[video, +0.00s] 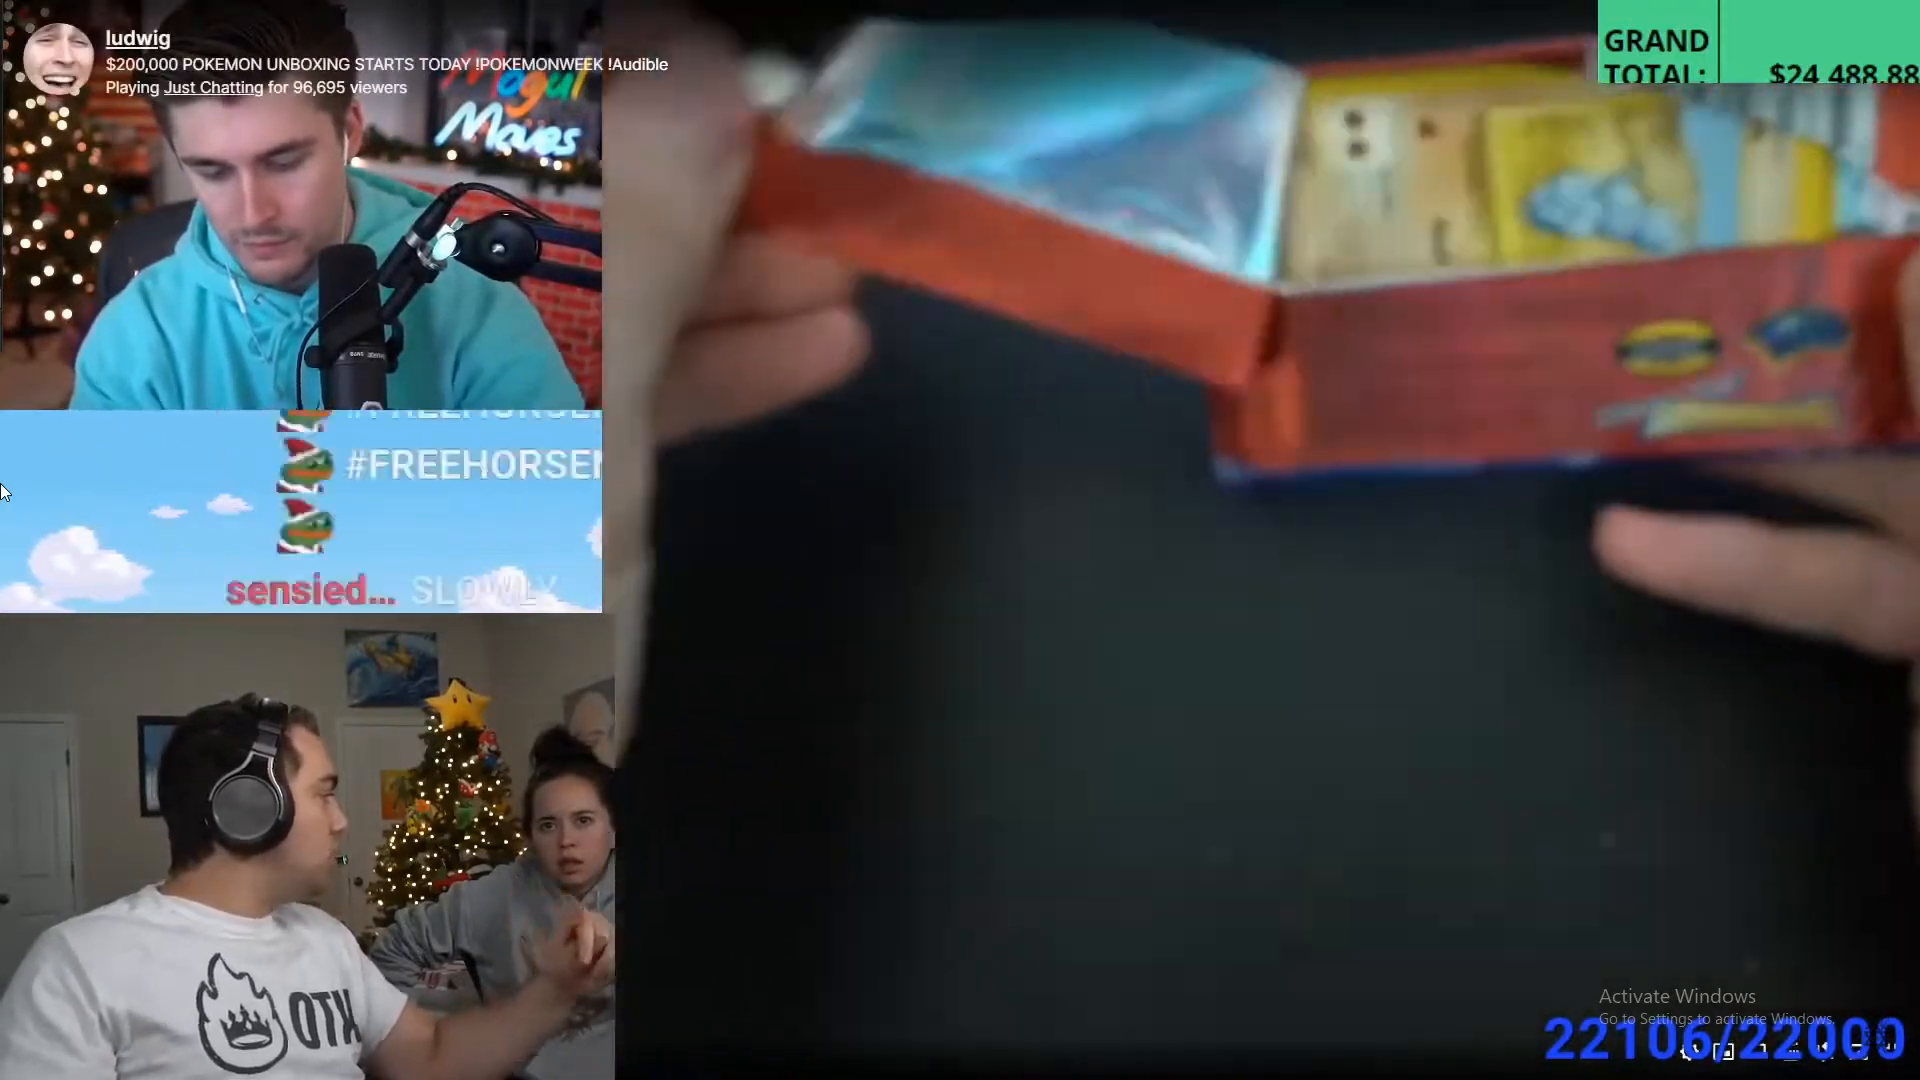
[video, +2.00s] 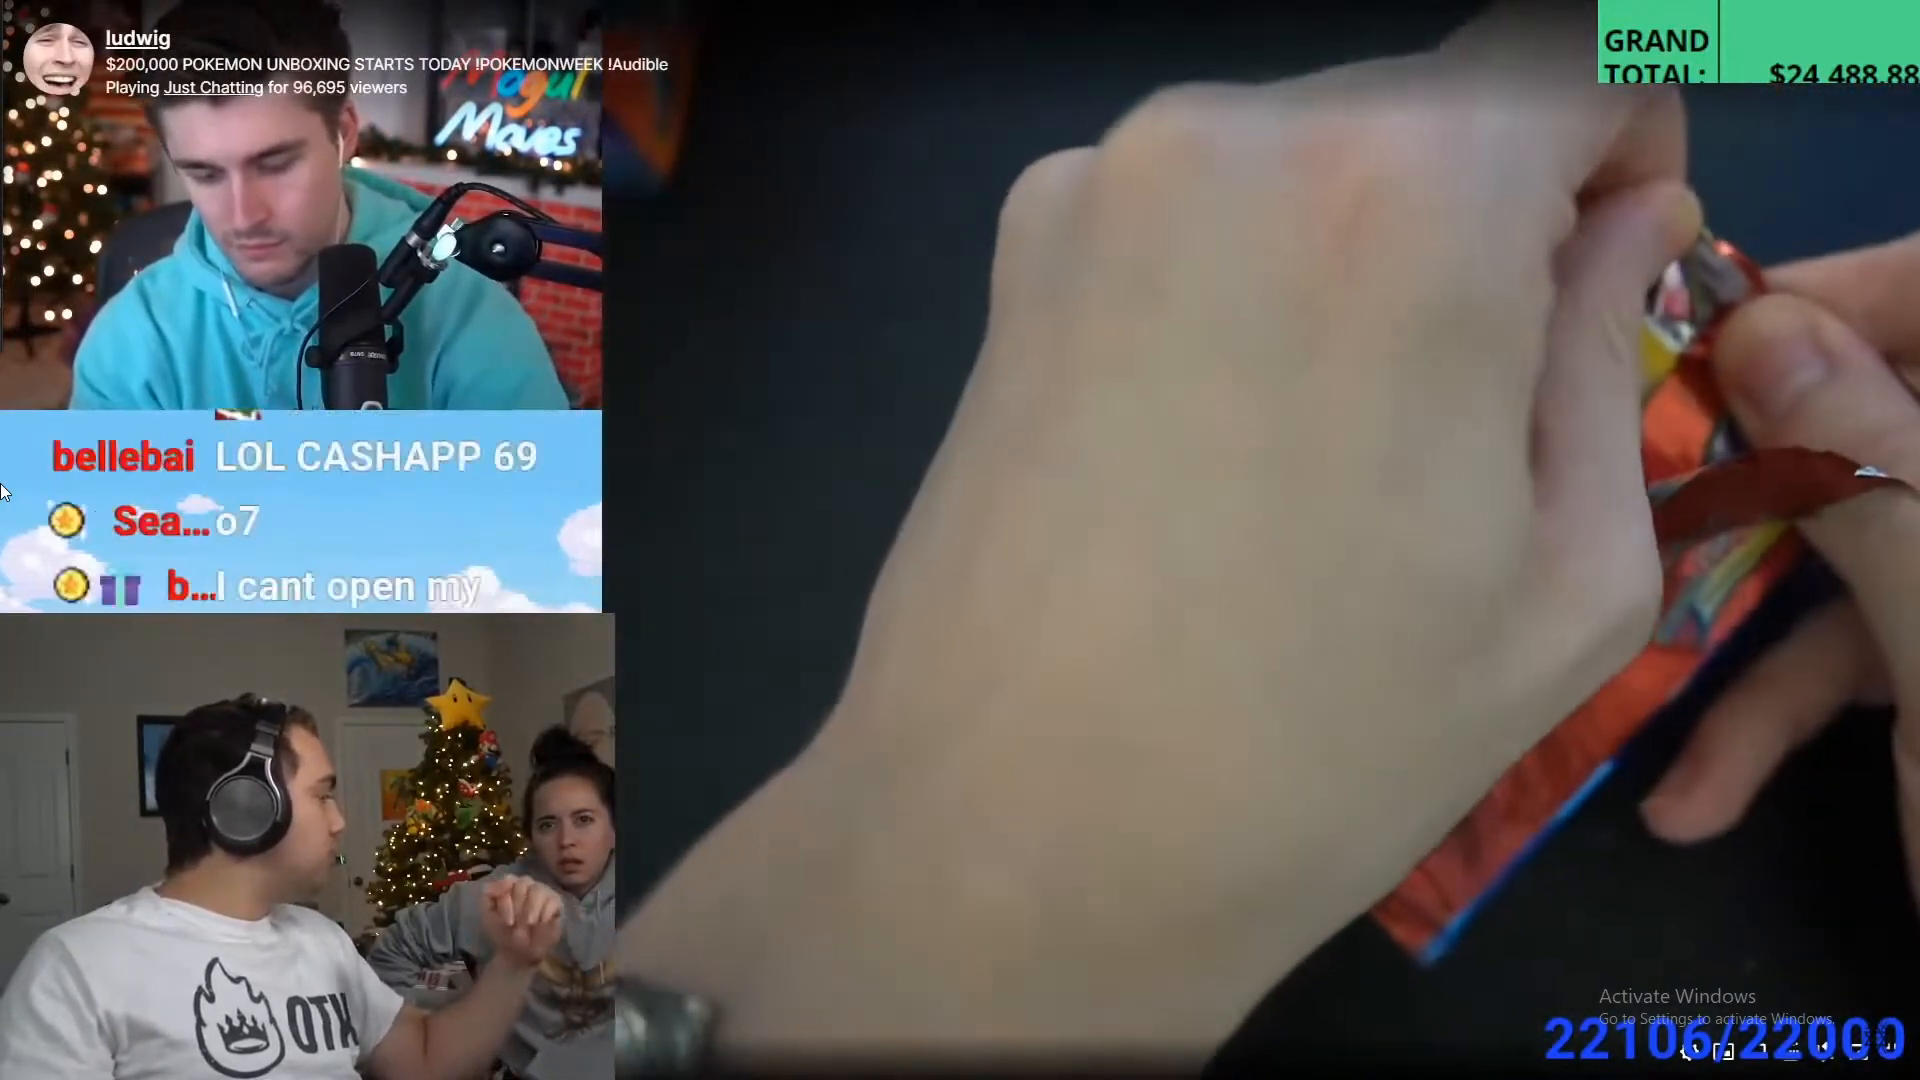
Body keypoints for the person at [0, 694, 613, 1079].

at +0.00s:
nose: (342, 819)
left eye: (335, 793)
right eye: (325, 792)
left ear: (256, 802)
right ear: (244, 802)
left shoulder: (324, 943)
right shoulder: (79, 966)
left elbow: (432, 1051)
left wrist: (557, 990)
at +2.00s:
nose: (343, 818)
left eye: (334, 794)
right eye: (323, 795)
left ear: (259, 804)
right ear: (245, 806)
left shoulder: (322, 944)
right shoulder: (77, 967)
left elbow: (424, 1057)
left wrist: (513, 962)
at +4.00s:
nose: (340, 818)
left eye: (331, 792)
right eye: (320, 793)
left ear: (256, 804)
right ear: (241, 805)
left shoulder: (322, 943)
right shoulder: (73, 969)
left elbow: (427, 1058)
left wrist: (511, 965)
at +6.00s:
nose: (344, 824)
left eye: (335, 798)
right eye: (324, 799)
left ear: (260, 808)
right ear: (248, 809)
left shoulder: (324, 943)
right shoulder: (76, 967)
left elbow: (428, 1059)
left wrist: (512, 968)